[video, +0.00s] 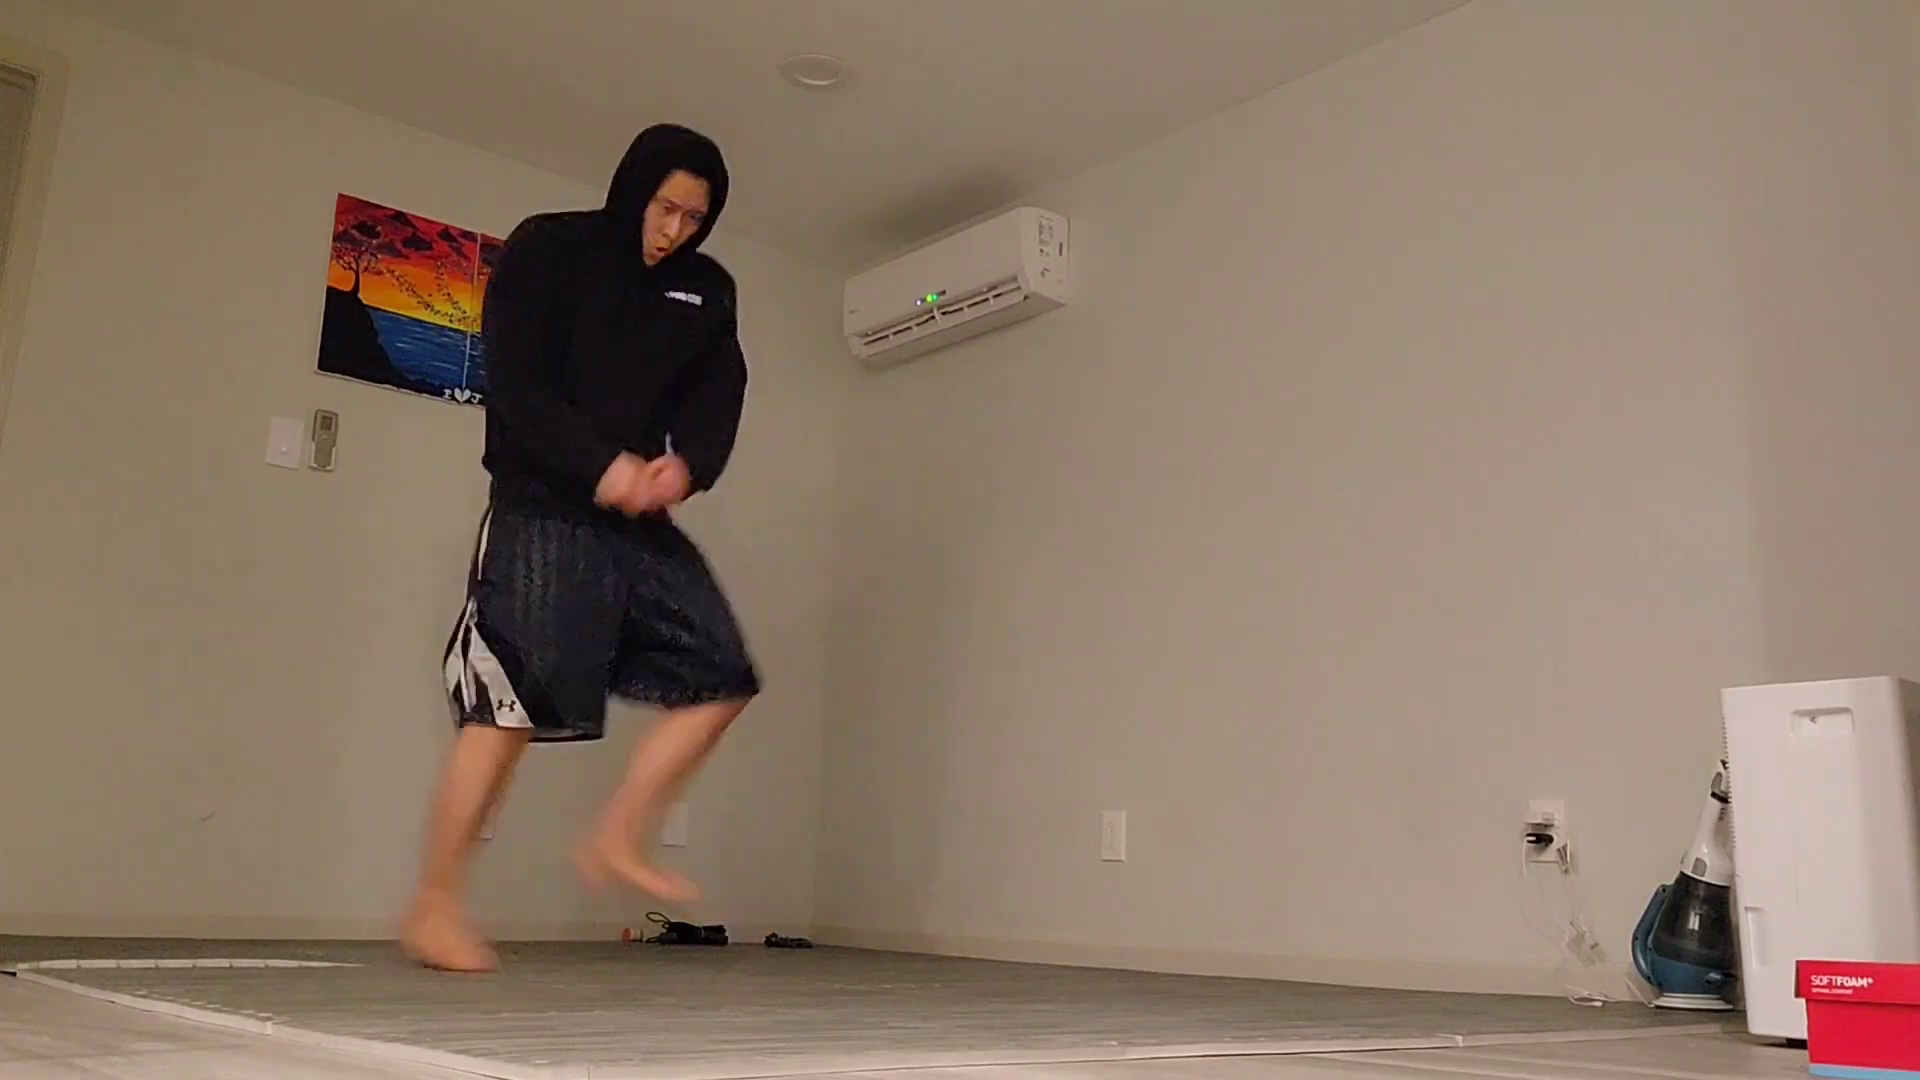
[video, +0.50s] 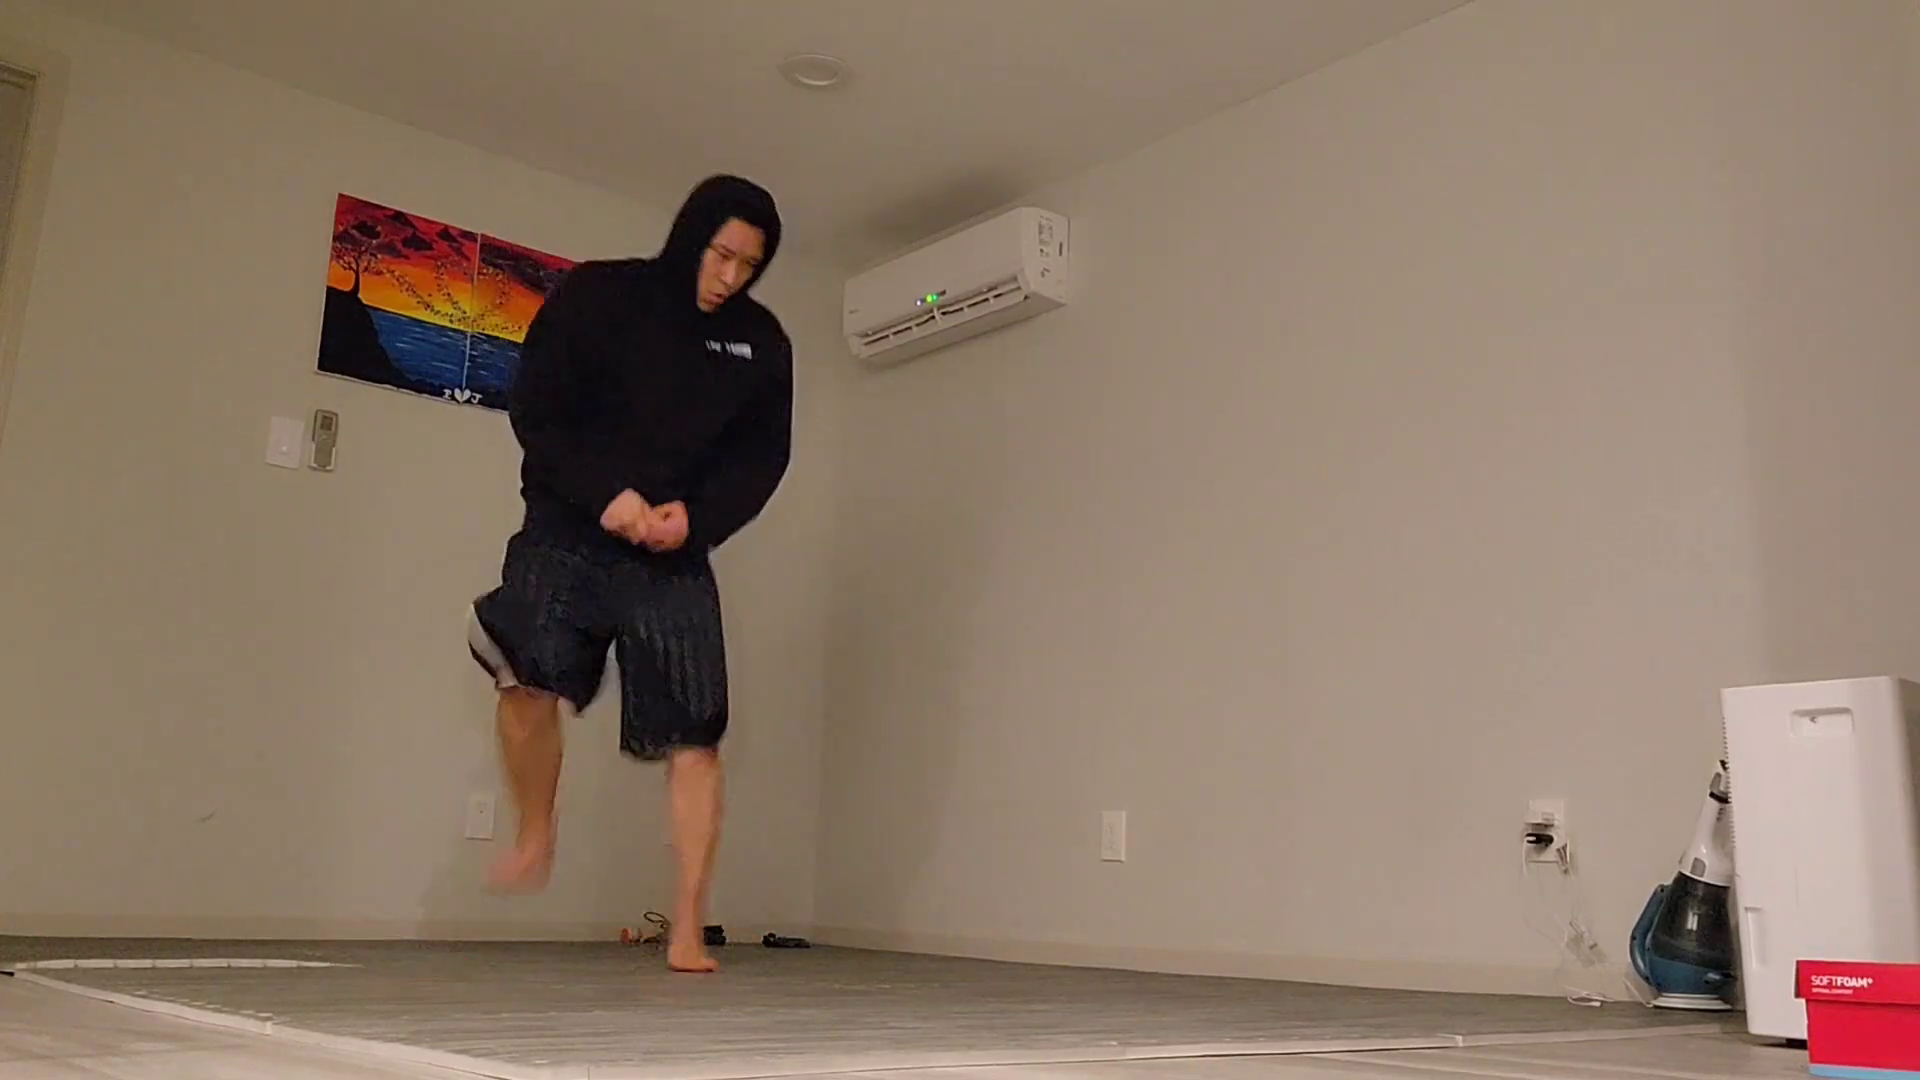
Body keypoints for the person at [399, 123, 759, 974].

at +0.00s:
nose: (675, 230)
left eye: (693, 217)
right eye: (666, 207)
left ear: (706, 218)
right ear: (630, 190)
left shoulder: (705, 285)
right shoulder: (546, 248)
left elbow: (718, 393)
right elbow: (513, 386)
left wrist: (684, 467)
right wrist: (603, 463)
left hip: (643, 522)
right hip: (542, 512)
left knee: (720, 682)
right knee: (504, 708)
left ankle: (617, 838)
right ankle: (433, 908)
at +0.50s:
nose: (730, 275)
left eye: (747, 263)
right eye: (721, 254)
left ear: (759, 266)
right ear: (687, 239)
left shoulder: (760, 341)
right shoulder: (596, 294)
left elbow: (764, 456)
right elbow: (535, 411)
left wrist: (697, 518)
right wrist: (606, 495)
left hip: (677, 551)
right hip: (569, 532)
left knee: (697, 734)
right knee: (527, 681)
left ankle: (688, 925)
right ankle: (533, 833)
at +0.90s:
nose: (667, 258)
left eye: (683, 245)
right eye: (655, 239)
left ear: (700, 239)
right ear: (624, 223)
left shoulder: (717, 292)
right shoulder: (557, 264)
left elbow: (782, 364)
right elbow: (458, 312)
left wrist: (739, 439)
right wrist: (470, 398)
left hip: (657, 532)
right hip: (551, 522)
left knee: (663, 711)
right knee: (518, 712)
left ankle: (638, 887)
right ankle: (485, 892)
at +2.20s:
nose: (661, 372)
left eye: (672, 363)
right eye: (658, 353)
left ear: (671, 366)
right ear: (622, 334)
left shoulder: (639, 422)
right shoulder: (548, 381)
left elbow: (661, 515)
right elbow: (524, 475)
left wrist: (723, 587)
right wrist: (646, 492)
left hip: (591, 595)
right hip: (520, 578)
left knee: (605, 759)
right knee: (577, 714)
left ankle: (537, 913)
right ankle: (566, 912)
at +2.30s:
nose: (655, 349)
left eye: (667, 339)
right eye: (649, 328)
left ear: (673, 343)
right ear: (617, 307)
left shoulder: (647, 399)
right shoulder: (543, 345)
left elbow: (656, 503)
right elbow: (526, 445)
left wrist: (680, 599)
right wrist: (655, 400)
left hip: (581, 567)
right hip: (508, 540)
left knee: (589, 734)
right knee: (557, 688)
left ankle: (535, 897)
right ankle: (549, 879)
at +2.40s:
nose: (685, 322)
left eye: (688, 310)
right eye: (683, 305)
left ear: (642, 290)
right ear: (647, 288)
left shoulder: (648, 379)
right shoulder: (545, 323)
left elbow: (639, 487)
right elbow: (552, 403)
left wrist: (633, 572)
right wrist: (630, 340)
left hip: (577, 557)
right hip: (500, 526)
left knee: (590, 728)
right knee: (544, 677)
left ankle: (529, 880)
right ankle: (498, 872)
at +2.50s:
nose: (668, 337)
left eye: (672, 329)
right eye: (661, 321)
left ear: (647, 332)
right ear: (617, 308)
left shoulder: (633, 398)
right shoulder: (531, 351)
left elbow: (610, 498)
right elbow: (559, 409)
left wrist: (598, 581)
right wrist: (637, 346)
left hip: (572, 592)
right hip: (492, 575)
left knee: (579, 749)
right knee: (512, 730)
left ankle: (509, 887)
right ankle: (444, 912)